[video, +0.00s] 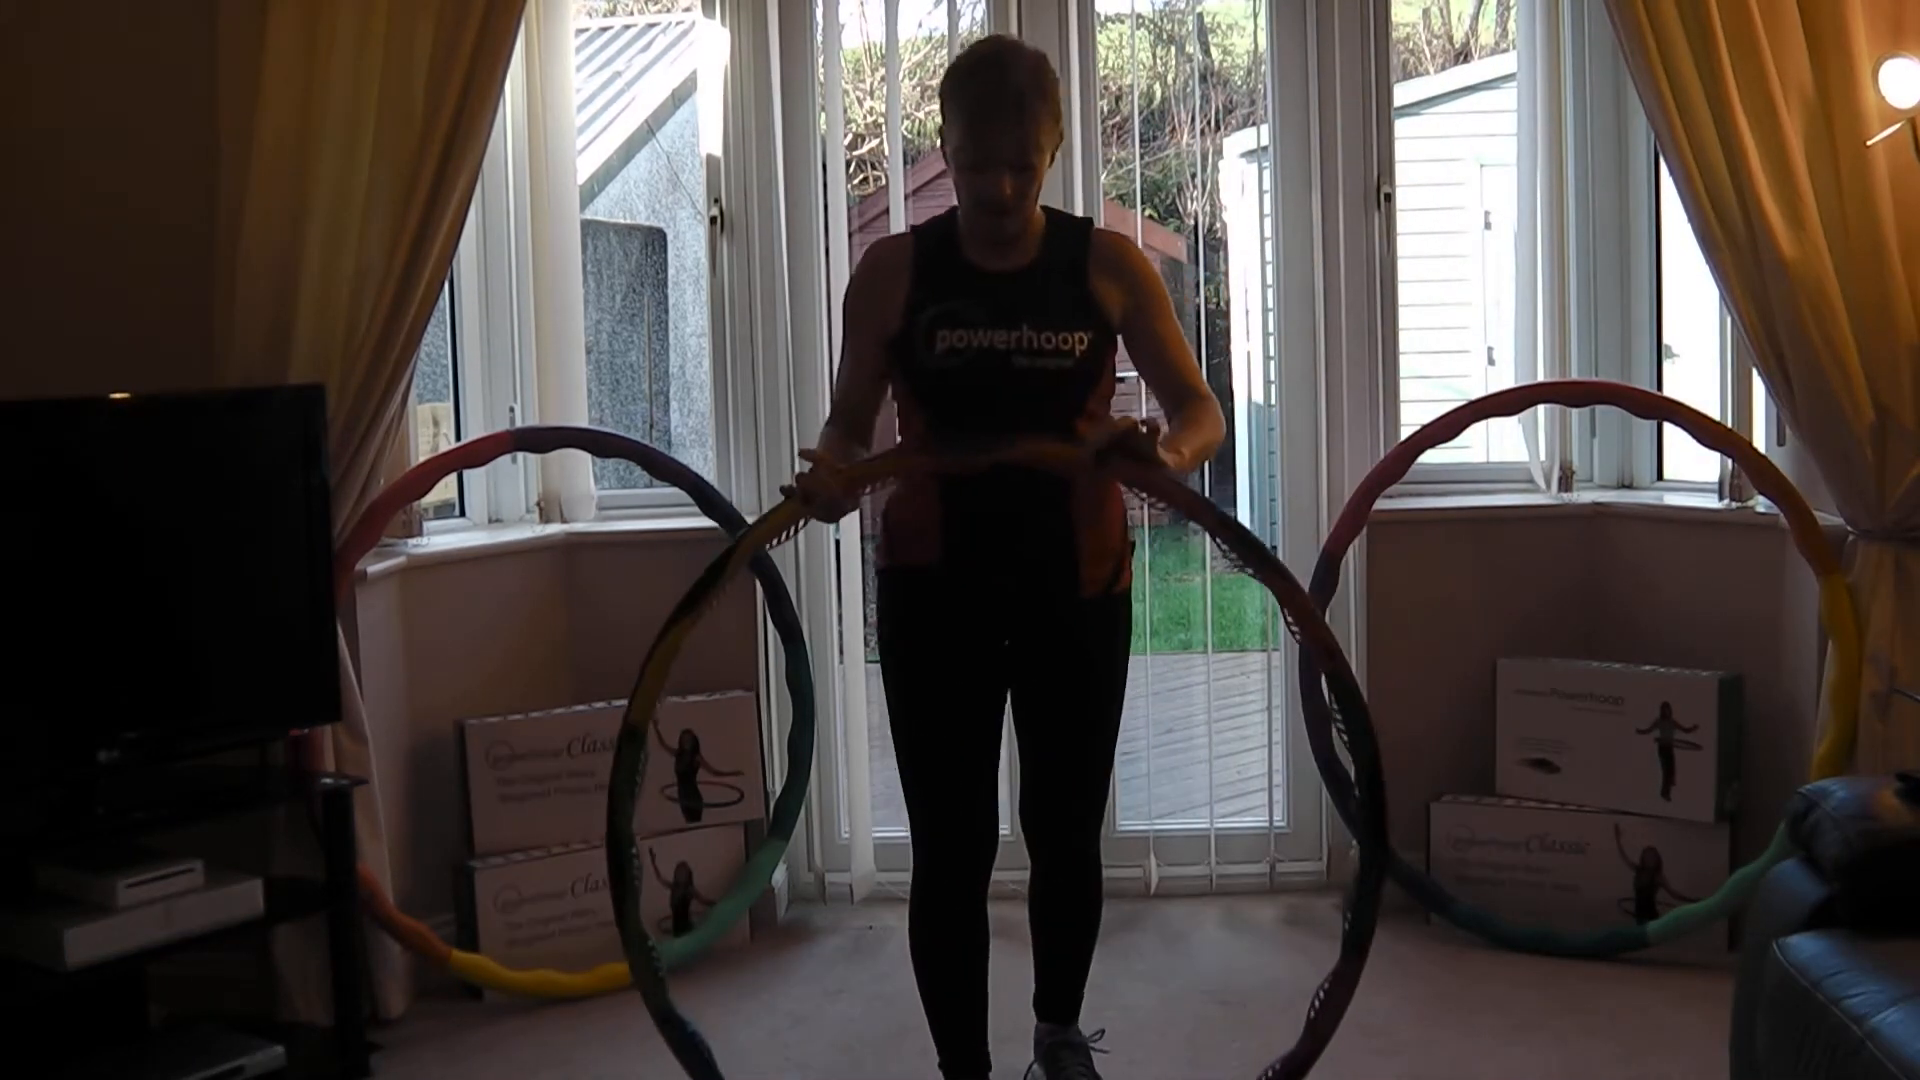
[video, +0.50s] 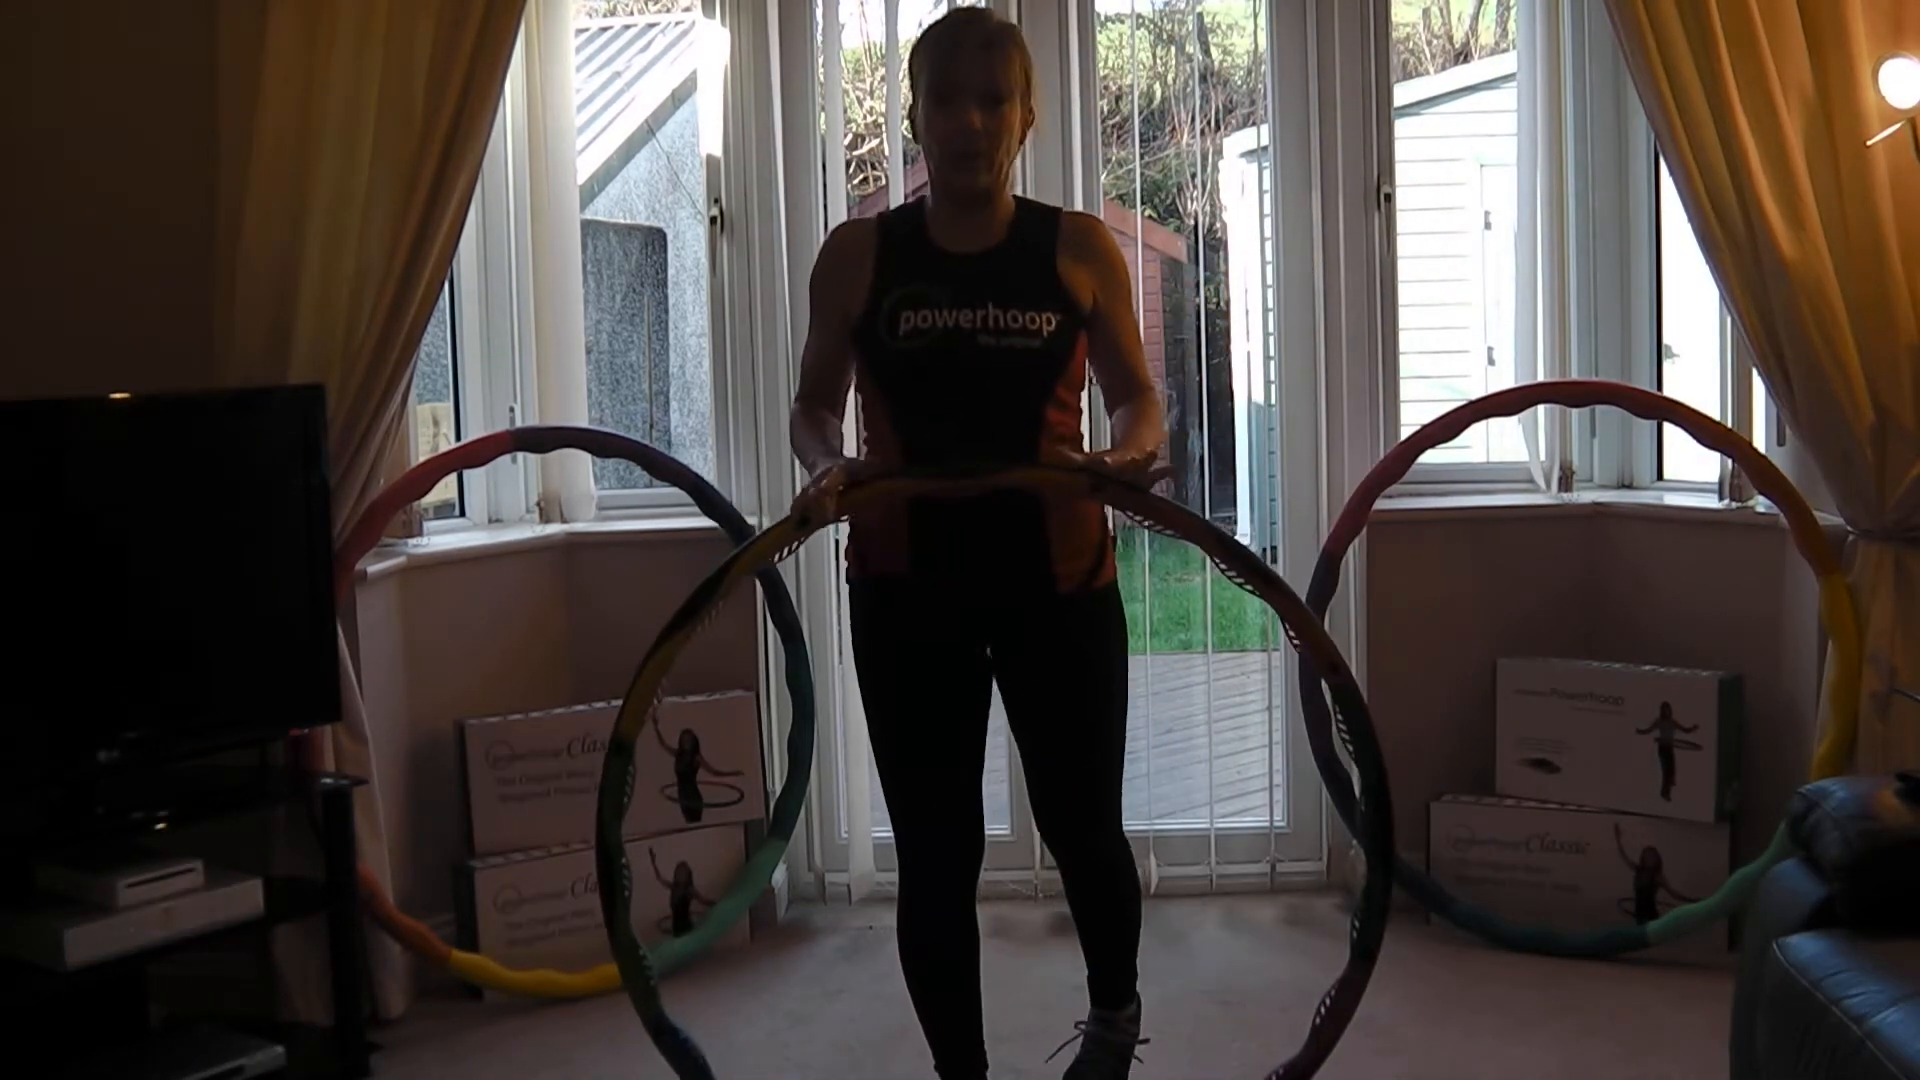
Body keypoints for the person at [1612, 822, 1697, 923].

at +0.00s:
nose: (1648, 860)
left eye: (1652, 857)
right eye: (1646, 856)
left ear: (1657, 859)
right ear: (1642, 858)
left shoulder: (1657, 876)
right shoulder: (1639, 871)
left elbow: (1673, 894)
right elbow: (1623, 857)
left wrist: (1693, 901)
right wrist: (1618, 839)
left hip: (1651, 913)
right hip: (1638, 912)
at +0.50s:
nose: (1648, 859)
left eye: (1651, 857)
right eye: (1646, 856)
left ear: (1656, 859)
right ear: (1642, 858)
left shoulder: (1657, 876)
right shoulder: (1639, 871)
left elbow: (1673, 894)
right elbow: (1623, 856)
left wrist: (1692, 901)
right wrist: (1618, 839)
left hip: (1651, 913)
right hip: (1639, 912)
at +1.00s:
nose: (1648, 859)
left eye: (1651, 856)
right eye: (1646, 856)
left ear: (1656, 859)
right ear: (1642, 858)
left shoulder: (1657, 876)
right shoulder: (1639, 870)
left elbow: (1673, 894)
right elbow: (1624, 857)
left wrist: (1692, 900)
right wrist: (1618, 839)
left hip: (1651, 913)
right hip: (1639, 912)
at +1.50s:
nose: (1648, 860)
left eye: (1651, 857)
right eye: (1646, 856)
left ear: (1657, 860)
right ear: (1642, 858)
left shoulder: (1657, 877)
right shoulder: (1639, 870)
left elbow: (1674, 894)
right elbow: (1623, 856)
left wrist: (1693, 901)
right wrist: (1618, 838)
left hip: (1651, 912)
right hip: (1639, 911)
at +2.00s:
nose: (1648, 860)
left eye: (1651, 857)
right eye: (1646, 856)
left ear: (1657, 860)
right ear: (1642, 858)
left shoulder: (1657, 877)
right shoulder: (1639, 870)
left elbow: (1674, 894)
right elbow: (1623, 857)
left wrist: (1693, 901)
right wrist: (1618, 838)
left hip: (1651, 912)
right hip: (1639, 911)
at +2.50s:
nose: (1649, 861)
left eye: (1652, 857)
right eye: (1647, 857)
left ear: (1657, 860)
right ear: (1642, 858)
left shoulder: (1658, 876)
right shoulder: (1638, 870)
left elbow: (1673, 894)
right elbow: (1622, 856)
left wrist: (1694, 901)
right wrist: (1618, 837)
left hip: (1651, 912)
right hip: (1639, 911)